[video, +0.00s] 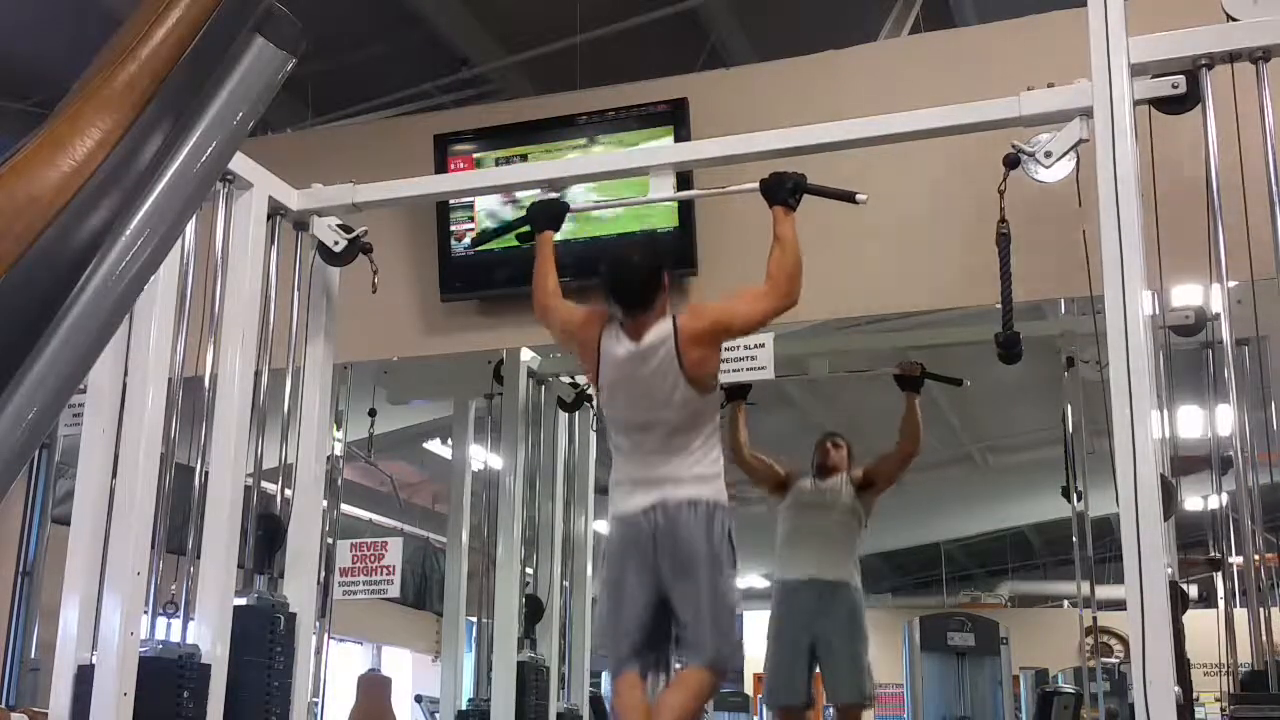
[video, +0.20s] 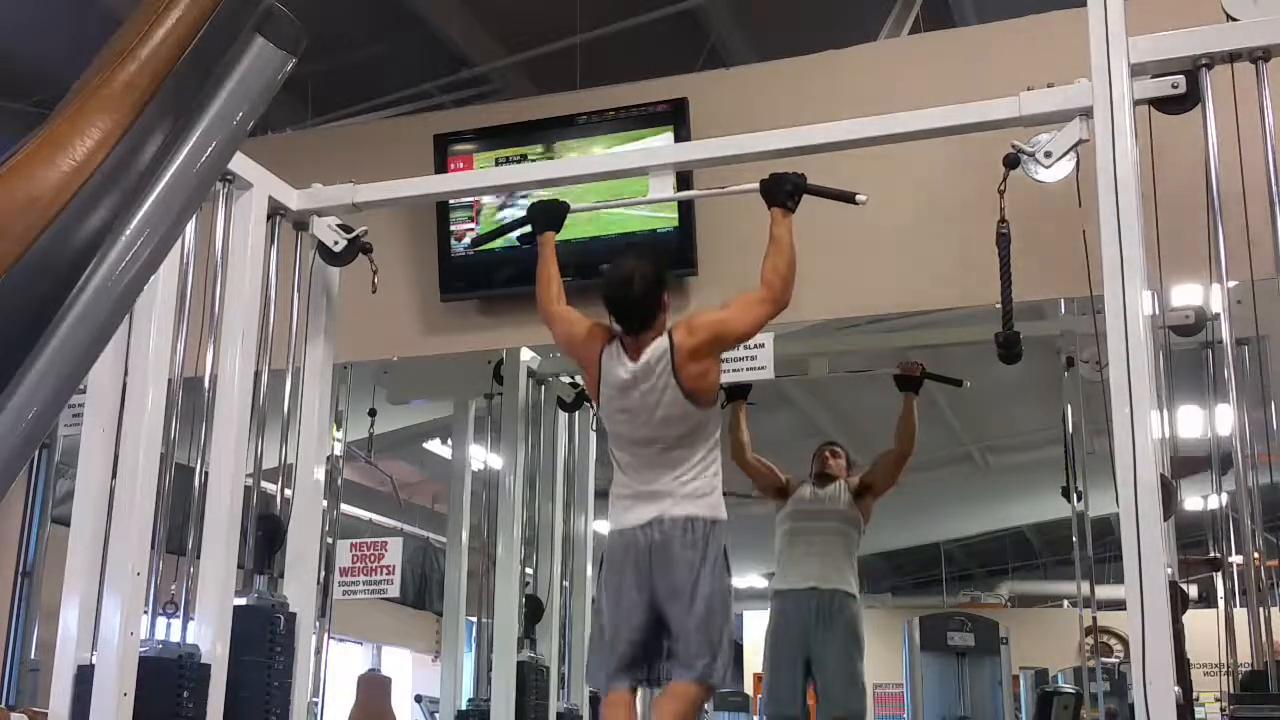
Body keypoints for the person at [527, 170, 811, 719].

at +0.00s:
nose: (672, 282)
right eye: (668, 275)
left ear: (610, 292)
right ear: (666, 284)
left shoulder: (591, 334)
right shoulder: (700, 326)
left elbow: (546, 301)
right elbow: (781, 293)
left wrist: (543, 234)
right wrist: (784, 210)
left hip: (629, 516)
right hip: (695, 512)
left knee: (626, 663)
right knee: (706, 658)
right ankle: (657, 717)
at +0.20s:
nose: (670, 294)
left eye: (661, 289)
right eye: (667, 288)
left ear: (611, 310)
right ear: (665, 302)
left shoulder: (594, 349)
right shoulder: (697, 337)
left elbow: (552, 305)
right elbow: (772, 295)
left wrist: (545, 236)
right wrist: (781, 211)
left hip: (625, 526)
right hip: (691, 523)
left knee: (618, 675)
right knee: (694, 670)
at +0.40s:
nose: (664, 237)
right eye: (661, 232)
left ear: (610, 251)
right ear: (662, 241)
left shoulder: (589, 297)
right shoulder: (693, 288)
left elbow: (543, 304)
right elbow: (781, 290)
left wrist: (543, 237)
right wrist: (784, 211)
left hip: (625, 473)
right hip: (691, 470)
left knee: (620, 611)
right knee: (698, 608)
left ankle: (623, 718)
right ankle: (623, 713)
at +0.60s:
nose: (664, 176)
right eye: (664, 170)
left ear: (609, 193)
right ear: (663, 183)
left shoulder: (585, 242)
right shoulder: (698, 233)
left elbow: (537, 303)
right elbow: (780, 280)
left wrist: (541, 232)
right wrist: (785, 207)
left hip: (630, 413)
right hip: (694, 408)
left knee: (629, 553)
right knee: (702, 546)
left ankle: (645, 687)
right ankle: (632, 678)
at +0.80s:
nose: (665, 164)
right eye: (665, 157)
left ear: (613, 181)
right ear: (666, 171)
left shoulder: (590, 235)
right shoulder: (702, 224)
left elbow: (540, 303)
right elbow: (777, 280)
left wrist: (542, 234)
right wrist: (785, 206)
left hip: (633, 401)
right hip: (697, 395)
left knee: (644, 545)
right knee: (708, 537)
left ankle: (663, 676)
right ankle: (647, 672)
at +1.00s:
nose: (668, 230)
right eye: (665, 225)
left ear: (610, 239)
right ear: (665, 234)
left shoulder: (589, 287)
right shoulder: (698, 278)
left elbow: (541, 306)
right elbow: (787, 288)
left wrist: (544, 235)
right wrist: (786, 210)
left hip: (629, 473)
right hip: (695, 467)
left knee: (638, 613)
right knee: (714, 606)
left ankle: (656, 718)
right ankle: (656, 714)